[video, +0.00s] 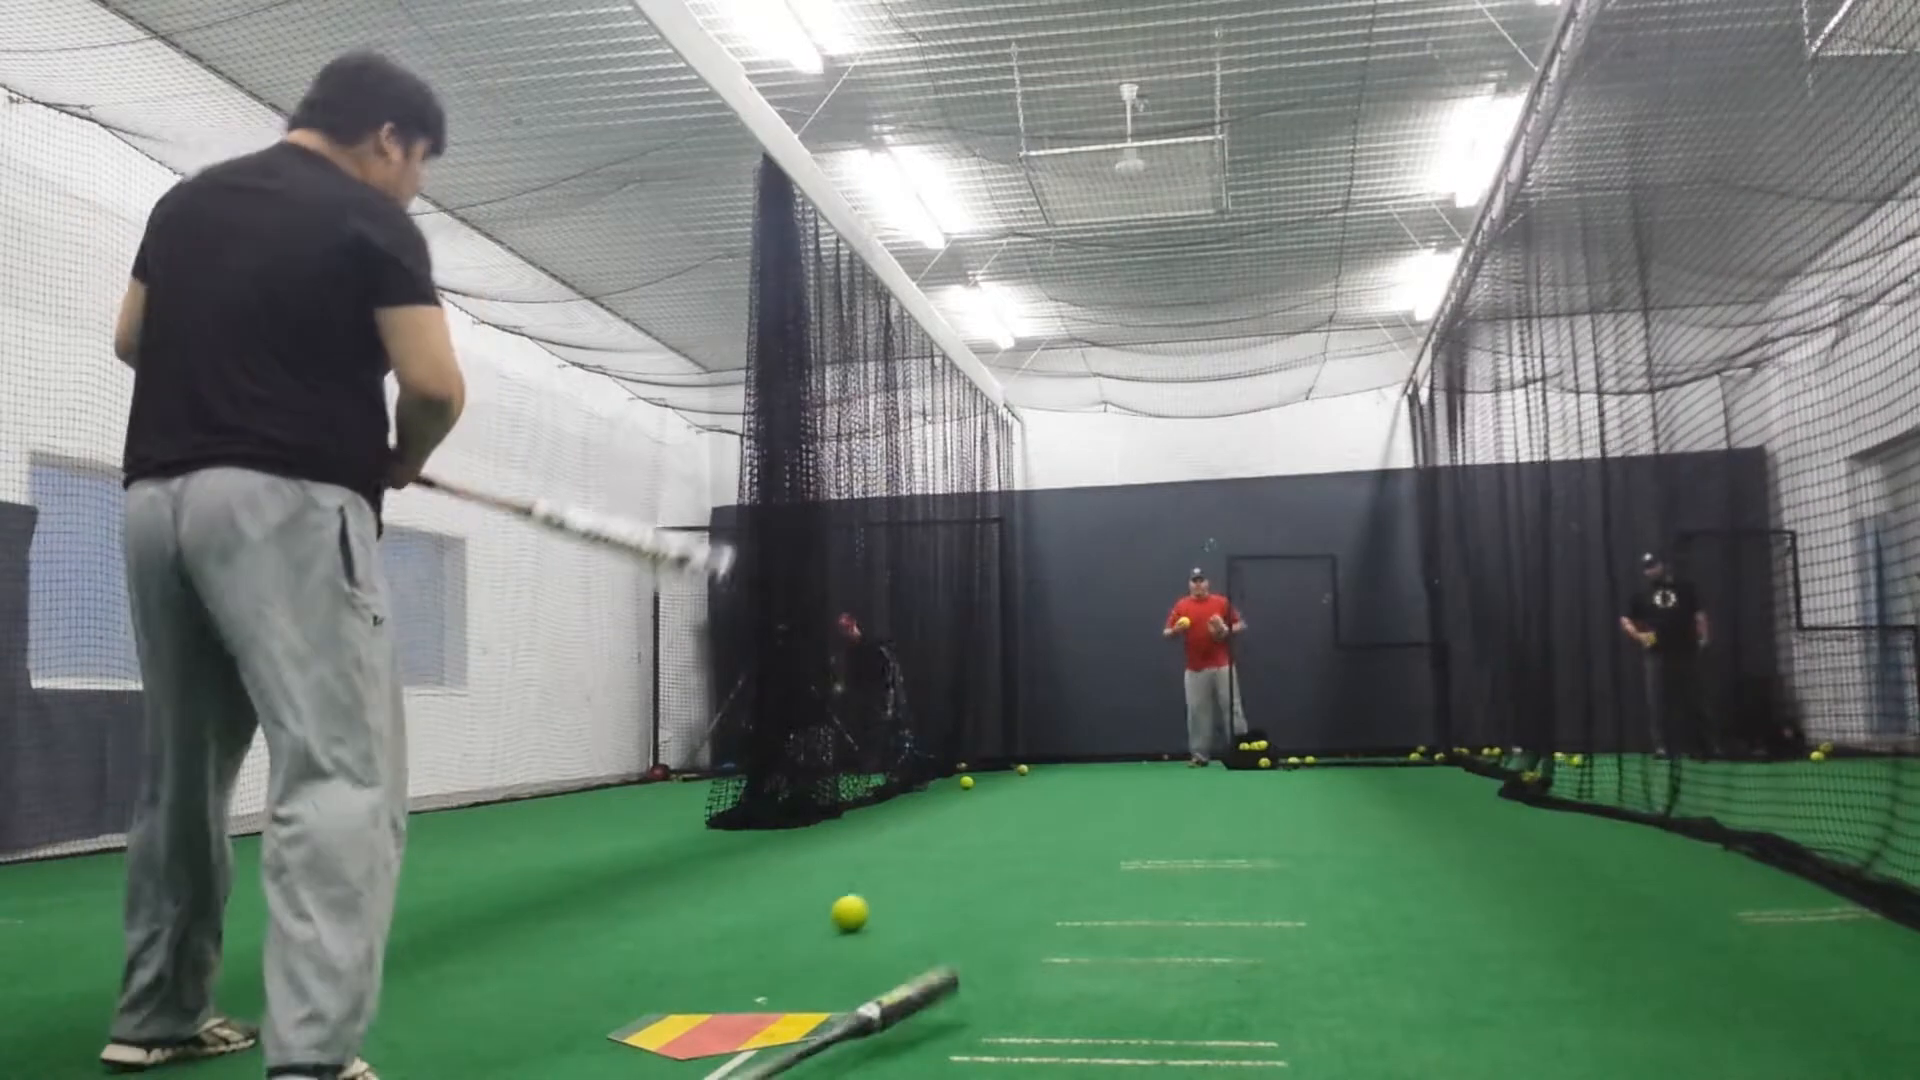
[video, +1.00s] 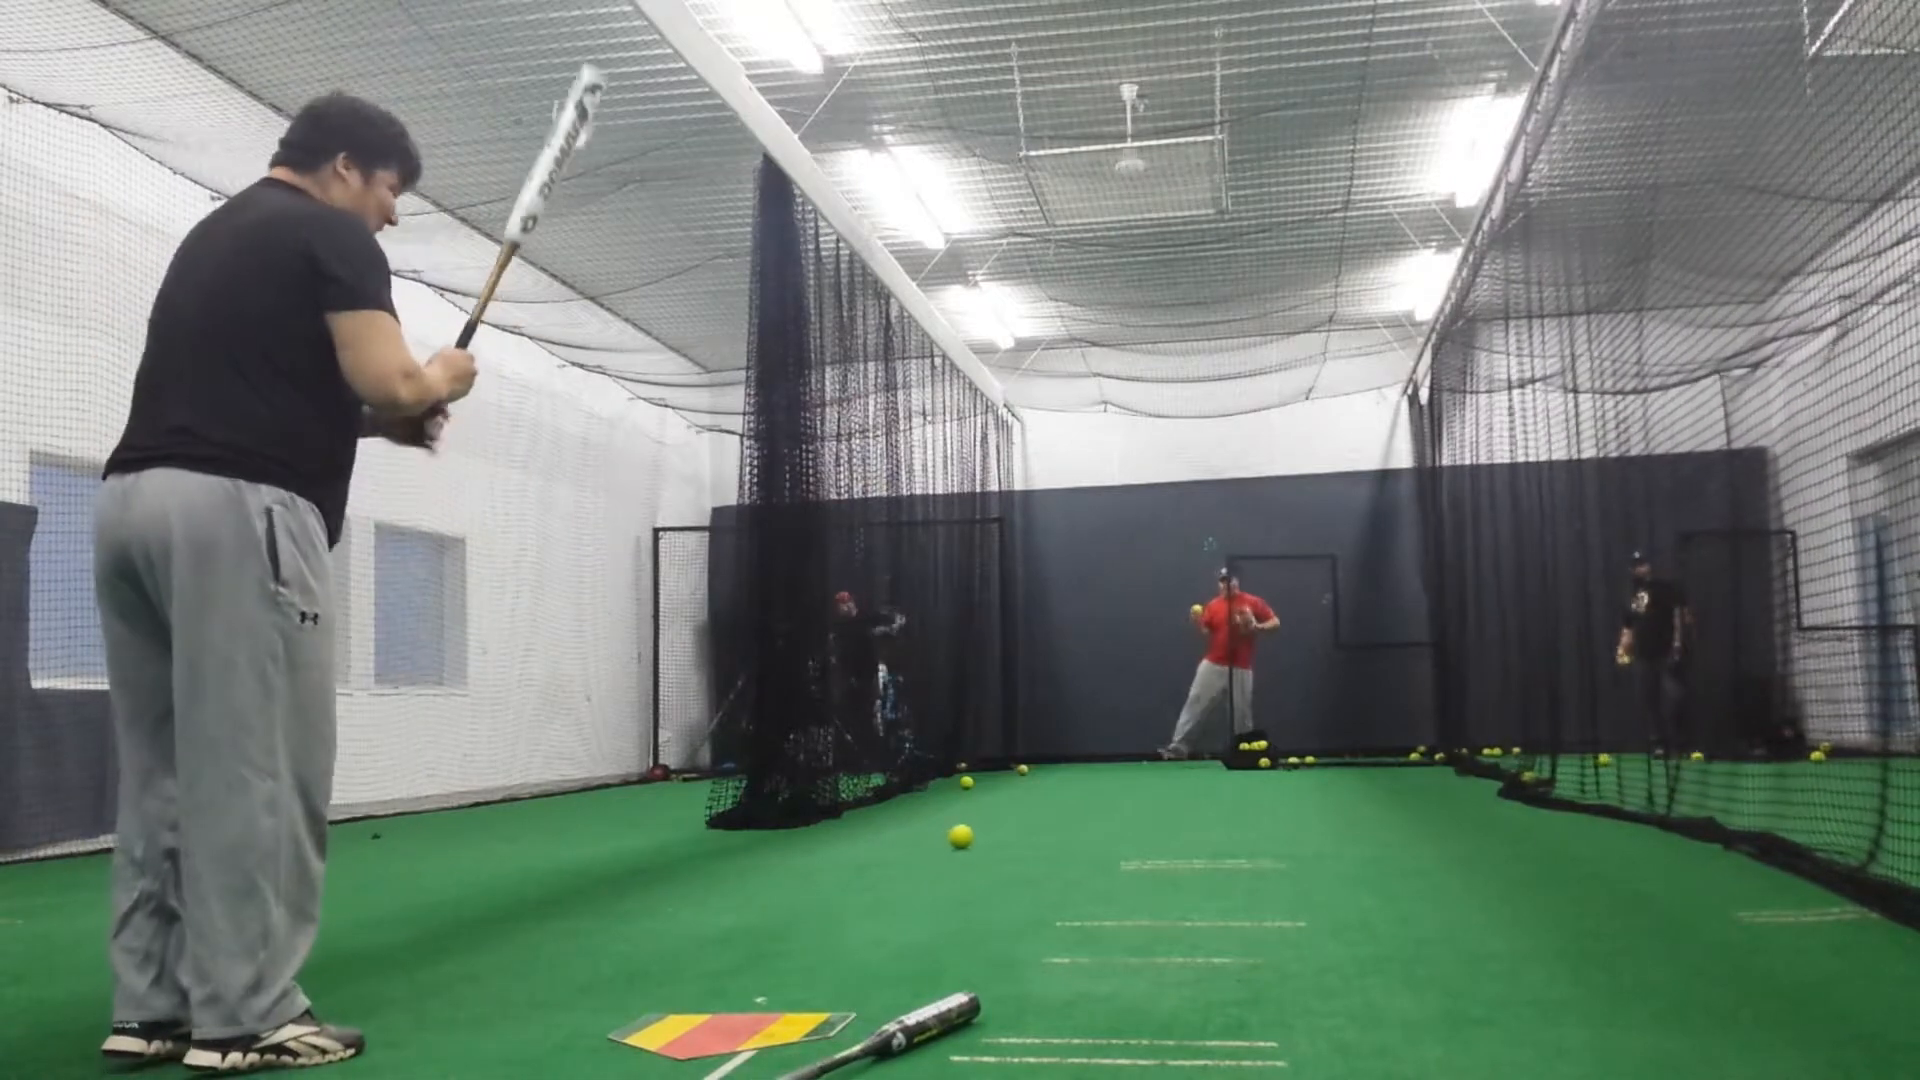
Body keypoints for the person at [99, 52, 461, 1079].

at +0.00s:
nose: (414, 194)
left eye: (423, 176)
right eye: (419, 171)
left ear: (309, 123)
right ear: (384, 140)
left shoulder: (191, 193)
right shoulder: (373, 220)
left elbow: (131, 333)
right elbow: (437, 389)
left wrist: (226, 392)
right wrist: (406, 455)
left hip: (156, 503)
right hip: (280, 500)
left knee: (184, 768)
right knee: (336, 774)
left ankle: (156, 1015)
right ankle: (314, 1052)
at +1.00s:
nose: (393, 214)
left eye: (399, 197)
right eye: (391, 192)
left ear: (307, 168)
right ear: (346, 167)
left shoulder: (221, 227)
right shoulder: (331, 231)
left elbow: (264, 379)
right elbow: (388, 384)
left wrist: (388, 416)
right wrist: (440, 379)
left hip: (134, 497)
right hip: (238, 507)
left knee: (156, 767)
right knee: (257, 765)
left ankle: (150, 1009)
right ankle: (245, 1015)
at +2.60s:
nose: (313, 189)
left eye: (312, 169)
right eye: (309, 169)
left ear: (207, 162)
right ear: (281, 163)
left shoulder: (169, 244)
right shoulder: (277, 254)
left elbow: (200, 404)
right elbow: (323, 415)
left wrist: (298, 499)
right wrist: (361, 518)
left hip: (97, 516)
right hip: (188, 517)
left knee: (133, 767)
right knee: (240, 760)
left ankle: (151, 1005)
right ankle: (248, 1006)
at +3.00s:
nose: (262, 185)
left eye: (258, 168)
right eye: (258, 167)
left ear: (162, 165)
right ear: (233, 160)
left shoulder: (146, 237)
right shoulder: (204, 226)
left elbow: (217, 418)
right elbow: (217, 343)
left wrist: (333, 418)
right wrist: (341, 387)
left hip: (106, 516)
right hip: (167, 518)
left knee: (142, 769)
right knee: (220, 758)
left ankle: (153, 1009)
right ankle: (237, 1004)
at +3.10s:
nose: (257, 182)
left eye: (253, 165)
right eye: (252, 163)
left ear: (157, 163)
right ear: (226, 156)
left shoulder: (146, 236)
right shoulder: (193, 223)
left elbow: (213, 414)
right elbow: (210, 338)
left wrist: (330, 409)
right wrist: (333, 366)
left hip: (116, 519)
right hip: (164, 520)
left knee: (148, 770)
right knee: (204, 761)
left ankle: (153, 1010)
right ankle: (206, 1009)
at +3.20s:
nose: (255, 181)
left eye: (251, 164)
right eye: (250, 163)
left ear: (157, 163)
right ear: (225, 156)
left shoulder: (148, 234)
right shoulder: (188, 221)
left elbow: (203, 406)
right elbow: (208, 338)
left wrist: (319, 405)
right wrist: (326, 357)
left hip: (125, 522)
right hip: (162, 523)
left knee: (159, 771)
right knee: (191, 769)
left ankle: (158, 1008)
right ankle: (185, 1012)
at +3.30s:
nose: (256, 179)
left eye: (251, 162)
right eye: (251, 160)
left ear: (161, 160)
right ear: (226, 154)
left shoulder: (153, 233)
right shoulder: (186, 221)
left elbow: (200, 400)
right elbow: (206, 336)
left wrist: (314, 413)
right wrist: (323, 358)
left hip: (139, 524)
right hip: (159, 525)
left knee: (162, 773)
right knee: (179, 773)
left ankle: (160, 1011)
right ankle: (182, 1015)